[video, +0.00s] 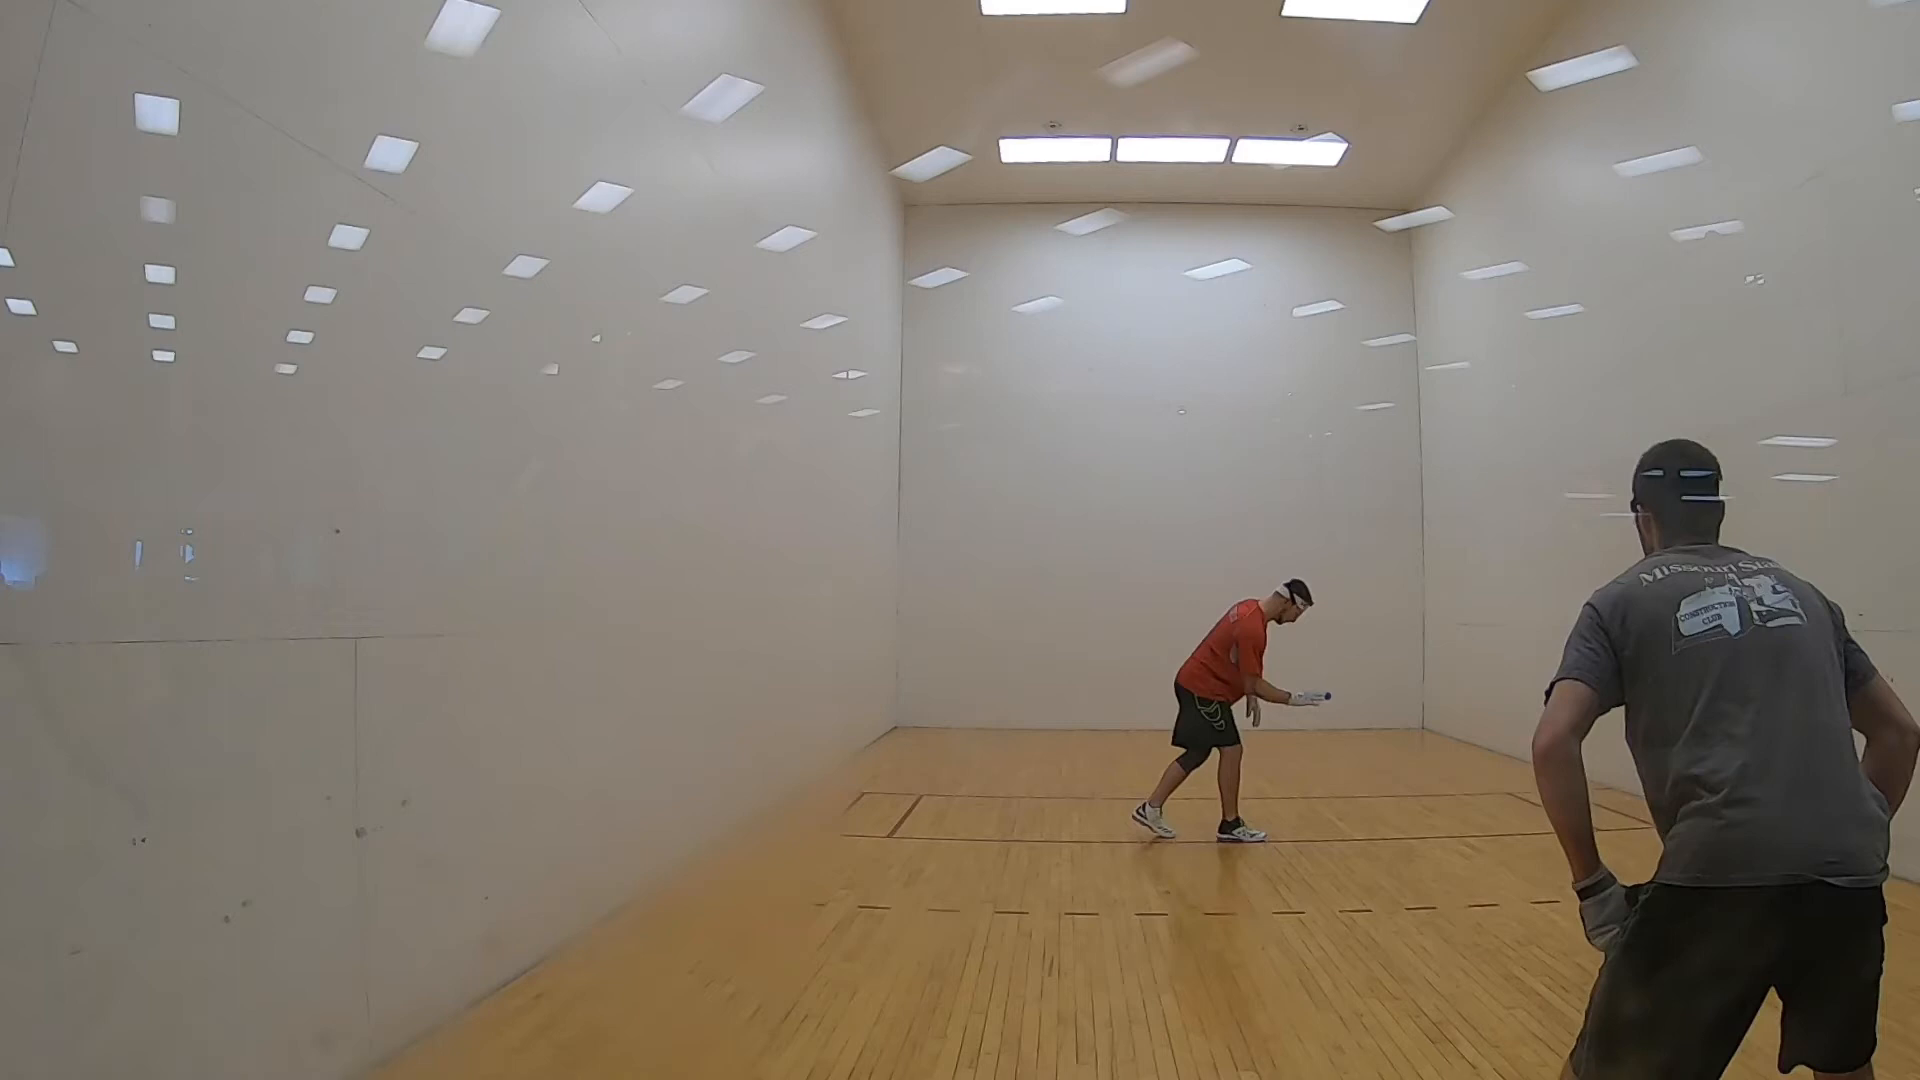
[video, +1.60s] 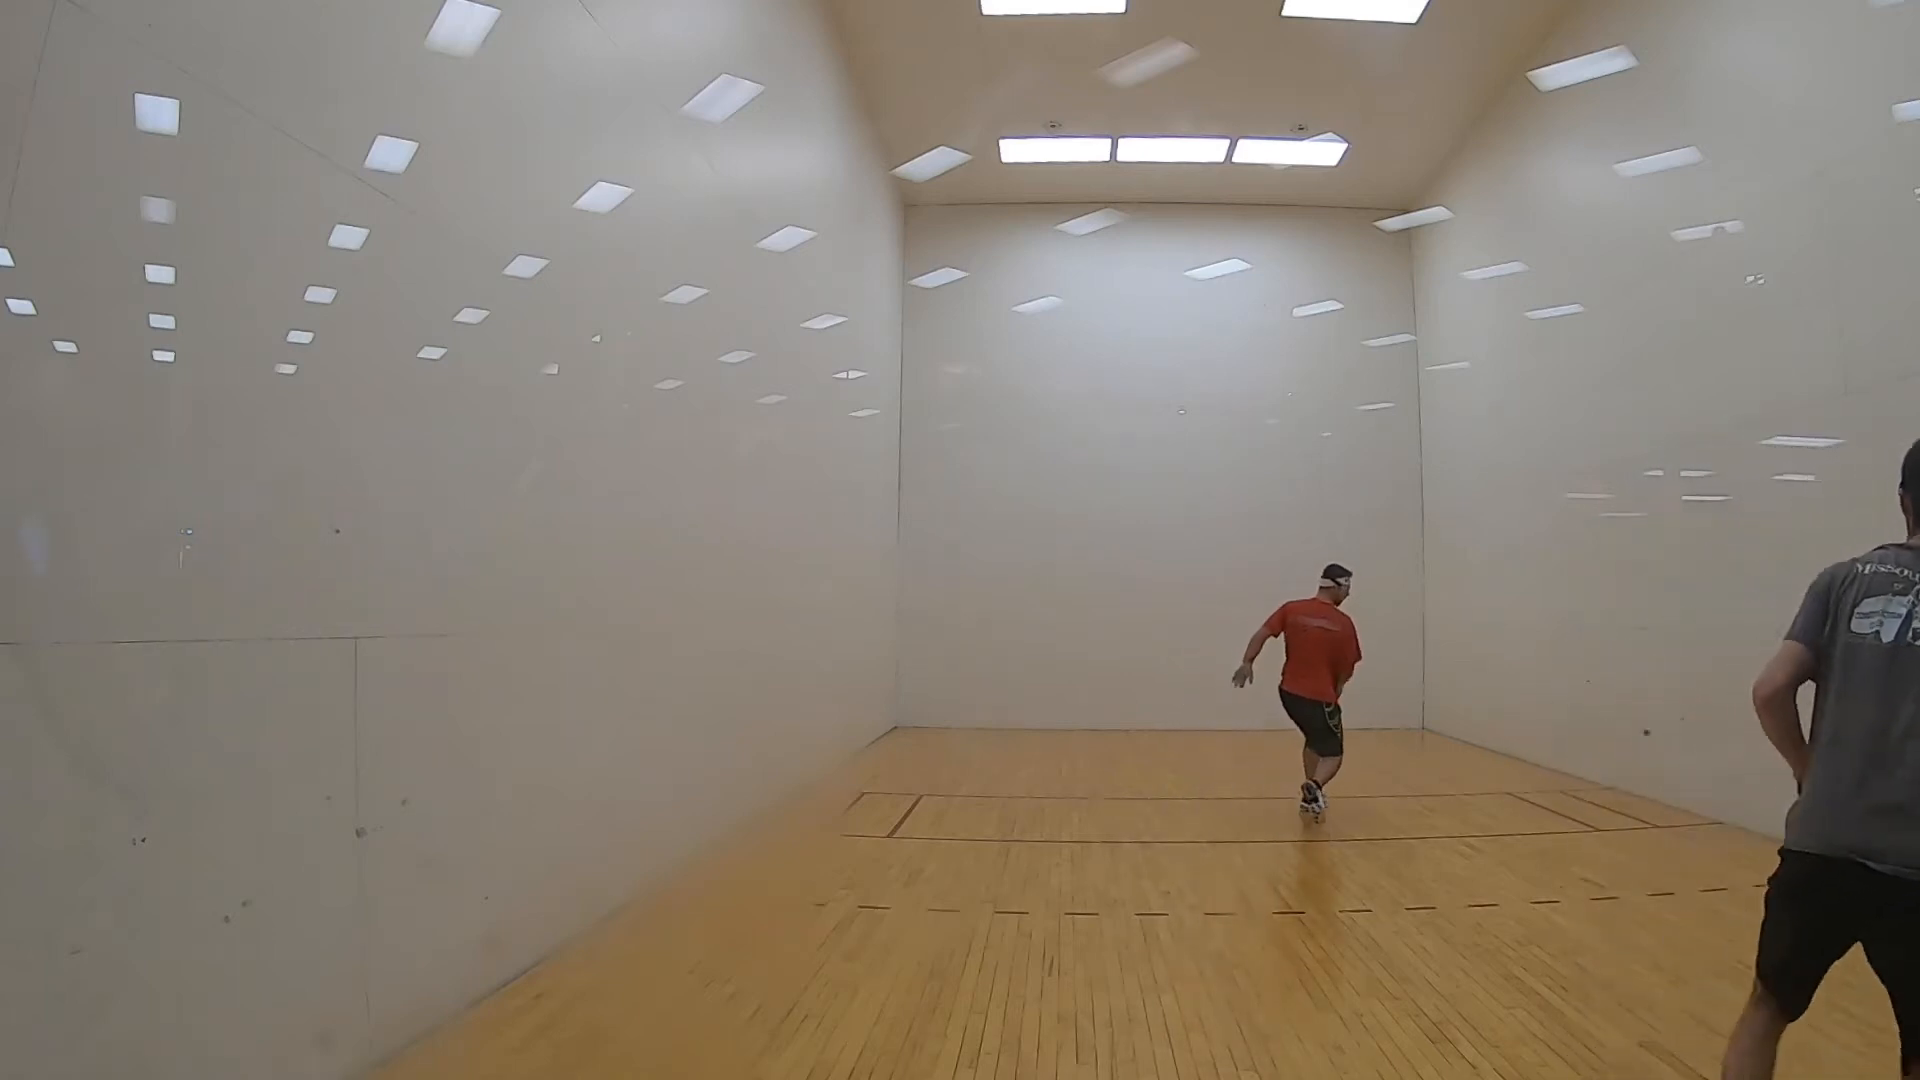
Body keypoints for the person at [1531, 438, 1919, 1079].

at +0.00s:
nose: (1640, 526)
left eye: (1639, 515)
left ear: (1645, 517)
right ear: (1720, 511)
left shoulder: (1622, 600)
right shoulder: (1805, 593)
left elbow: (1553, 742)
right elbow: (1898, 733)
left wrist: (1593, 884)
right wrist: (1851, 846)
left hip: (1715, 879)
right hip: (1848, 877)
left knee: (1607, 1067)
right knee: (1845, 1066)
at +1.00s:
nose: (1700, 504)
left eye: (1698, 495)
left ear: (1699, 500)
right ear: (1773, 502)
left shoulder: (1653, 579)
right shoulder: (1837, 590)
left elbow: (1589, 710)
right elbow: (1911, 731)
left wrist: (1582, 860)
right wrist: (1873, 870)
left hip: (1693, 863)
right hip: (1826, 871)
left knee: (1596, 1056)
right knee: (1839, 1064)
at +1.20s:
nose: (1728, 504)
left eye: (1726, 495)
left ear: (1730, 501)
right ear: (1807, 507)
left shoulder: (1671, 584)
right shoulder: (1861, 600)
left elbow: (1605, 720)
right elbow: (1911, 745)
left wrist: (1610, 853)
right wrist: (1885, 878)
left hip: (1692, 863)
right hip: (1828, 872)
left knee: (1602, 1054)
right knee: (1849, 1054)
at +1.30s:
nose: (1773, 519)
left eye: (1772, 509)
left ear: (1773, 517)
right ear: (1848, 521)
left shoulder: (1709, 596)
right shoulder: (1894, 616)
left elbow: (1641, 731)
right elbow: (1915, 745)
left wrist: (1652, 839)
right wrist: (1916, 874)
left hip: (1708, 868)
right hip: (1843, 883)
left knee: (1612, 1056)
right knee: (1875, 1044)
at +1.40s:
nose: (1833, 515)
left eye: (1830, 505)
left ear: (1830, 513)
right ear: (1905, 521)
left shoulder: (1767, 598)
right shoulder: (1915, 605)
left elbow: (1696, 724)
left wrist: (1712, 810)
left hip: (1746, 869)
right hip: (1880, 882)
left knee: (1649, 1058)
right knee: (1897, 1055)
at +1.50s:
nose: (1877, 511)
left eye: (1875, 502)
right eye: (1885, 501)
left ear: (1877, 510)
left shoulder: (1817, 594)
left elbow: (1737, 707)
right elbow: (1738, 705)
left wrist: (1760, 794)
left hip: (1790, 860)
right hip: (1903, 873)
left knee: (1702, 1041)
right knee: (1909, 1057)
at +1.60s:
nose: (1909, 502)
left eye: (1907, 492)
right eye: (1914, 493)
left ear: (1904, 500)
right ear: (1913, 501)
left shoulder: (1845, 580)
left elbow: (1770, 692)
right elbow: (1773, 693)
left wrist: (1806, 767)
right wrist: (1805, 767)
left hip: (1825, 847)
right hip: (1909, 862)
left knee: (1768, 1008)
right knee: (1915, 1050)